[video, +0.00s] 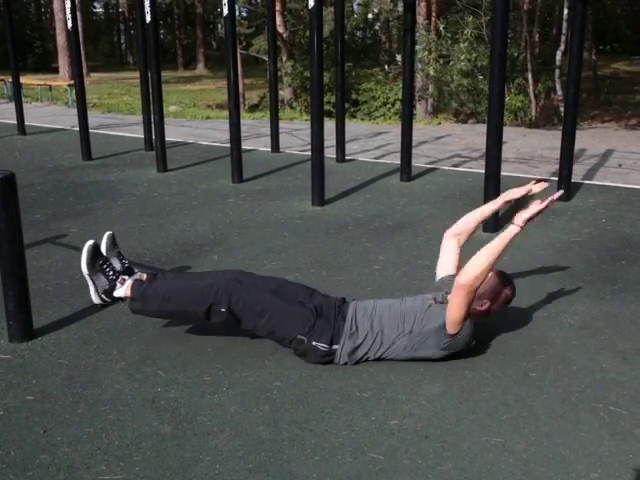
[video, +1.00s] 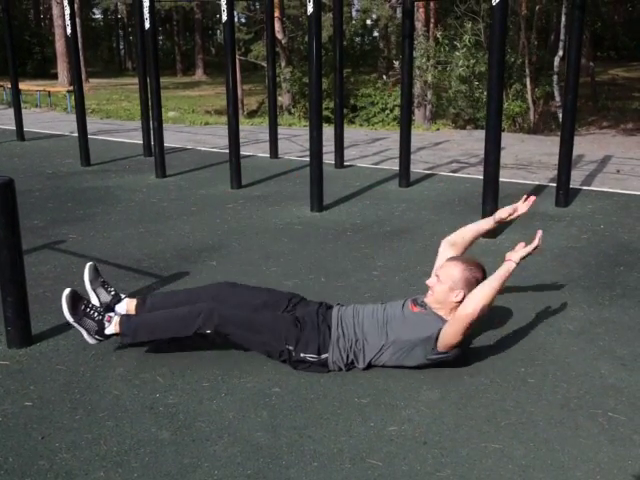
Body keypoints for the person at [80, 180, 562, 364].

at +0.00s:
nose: (476, 277)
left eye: (485, 280)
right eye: (479, 274)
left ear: (490, 300)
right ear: (475, 288)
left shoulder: (459, 331)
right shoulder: (450, 302)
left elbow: (470, 271)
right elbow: (454, 237)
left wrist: (515, 226)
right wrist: (505, 201)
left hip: (333, 333)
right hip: (333, 311)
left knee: (230, 288)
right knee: (233, 282)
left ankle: (121, 291)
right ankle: (134, 279)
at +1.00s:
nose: (441, 280)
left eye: (450, 281)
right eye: (445, 274)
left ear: (462, 299)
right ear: (444, 281)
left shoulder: (441, 336)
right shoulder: (428, 305)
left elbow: (474, 309)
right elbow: (447, 249)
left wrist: (505, 267)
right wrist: (497, 220)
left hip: (317, 337)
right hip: (316, 315)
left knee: (214, 303)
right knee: (216, 295)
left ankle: (109, 324)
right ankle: (120, 307)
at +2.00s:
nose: (412, 256)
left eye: (423, 255)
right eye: (419, 250)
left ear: (442, 273)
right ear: (436, 267)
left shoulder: (421, 308)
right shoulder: (423, 290)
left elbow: (366, 254)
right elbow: (388, 227)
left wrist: (346, 186)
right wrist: (372, 171)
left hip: (321, 343)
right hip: (326, 318)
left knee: (250, 261)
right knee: (256, 252)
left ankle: (141, 243)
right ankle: (153, 241)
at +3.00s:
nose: (461, 292)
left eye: (471, 297)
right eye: (466, 292)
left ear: (476, 320)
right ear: (463, 305)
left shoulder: (442, 347)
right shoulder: (443, 316)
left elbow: (509, 357)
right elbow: (505, 289)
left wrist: (566, 338)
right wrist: (564, 303)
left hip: (317, 339)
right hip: (319, 316)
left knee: (220, 326)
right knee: (222, 314)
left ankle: (116, 341)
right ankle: (123, 324)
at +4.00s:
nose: (343, 222)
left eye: (347, 217)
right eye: (345, 214)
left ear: (367, 229)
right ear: (371, 227)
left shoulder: (381, 259)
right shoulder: (386, 244)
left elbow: (322, 211)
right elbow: (331, 194)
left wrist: (280, 147)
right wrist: (286, 148)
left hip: (328, 345)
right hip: (338, 329)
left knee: (312, 243)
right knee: (312, 229)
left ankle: (217, 177)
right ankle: (227, 176)